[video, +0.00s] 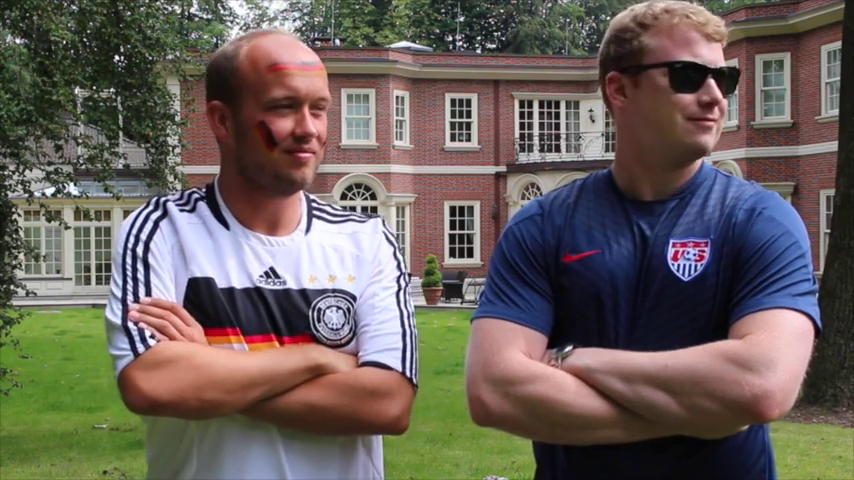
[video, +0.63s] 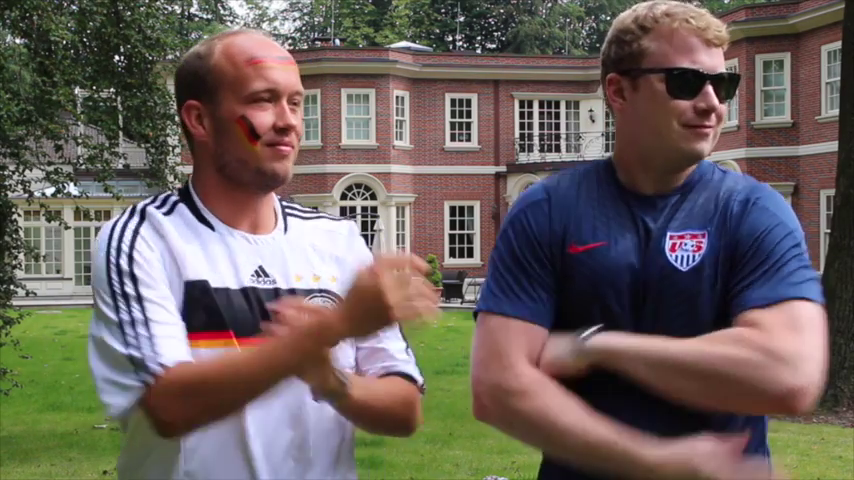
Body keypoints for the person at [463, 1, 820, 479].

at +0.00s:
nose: (714, 95)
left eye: (722, 79)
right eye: (687, 76)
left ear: (729, 90)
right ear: (618, 92)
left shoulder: (760, 220)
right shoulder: (539, 227)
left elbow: (762, 387)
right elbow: (492, 391)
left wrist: (569, 362)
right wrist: (685, 411)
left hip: (725, 473)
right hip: (575, 473)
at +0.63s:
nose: (711, 102)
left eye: (720, 84)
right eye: (684, 82)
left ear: (728, 92)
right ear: (618, 93)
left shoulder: (753, 211)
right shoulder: (542, 213)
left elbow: (789, 374)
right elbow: (497, 387)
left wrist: (592, 346)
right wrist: (653, 457)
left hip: (724, 472)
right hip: (578, 469)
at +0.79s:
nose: (679, 132)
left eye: (695, 108)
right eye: (653, 113)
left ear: (710, 105)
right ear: (601, 113)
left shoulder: (763, 214)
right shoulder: (542, 211)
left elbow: (823, 342)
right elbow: (492, 378)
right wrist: (600, 415)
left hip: (729, 470)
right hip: (592, 474)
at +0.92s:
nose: (655, 156)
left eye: (677, 133)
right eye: (632, 133)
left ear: (708, 122)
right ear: (601, 123)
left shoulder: (762, 236)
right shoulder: (544, 224)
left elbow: (811, 383)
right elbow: (495, 381)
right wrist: (582, 438)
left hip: (718, 466)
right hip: (591, 471)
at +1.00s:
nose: (661, 183)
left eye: (684, 161)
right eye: (638, 160)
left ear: (716, 148)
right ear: (611, 145)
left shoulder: (768, 259)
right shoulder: (552, 238)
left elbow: (804, 433)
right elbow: (503, 371)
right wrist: (546, 425)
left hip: (720, 466)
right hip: (587, 465)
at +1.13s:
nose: (692, 182)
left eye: (716, 162)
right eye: (670, 158)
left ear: (748, 138)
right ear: (646, 136)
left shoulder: (777, 256)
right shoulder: (590, 212)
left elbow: (693, 414)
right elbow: (535, 344)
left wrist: (516, 401)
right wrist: (434, 412)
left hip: (740, 472)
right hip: (619, 469)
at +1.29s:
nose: (720, 182)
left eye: (744, 160)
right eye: (700, 156)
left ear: (781, 140)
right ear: (683, 130)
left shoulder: (798, 255)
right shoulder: (645, 203)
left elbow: (650, 374)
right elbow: (586, 320)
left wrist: (486, 330)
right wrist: (479, 370)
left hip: (778, 467)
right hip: (666, 466)